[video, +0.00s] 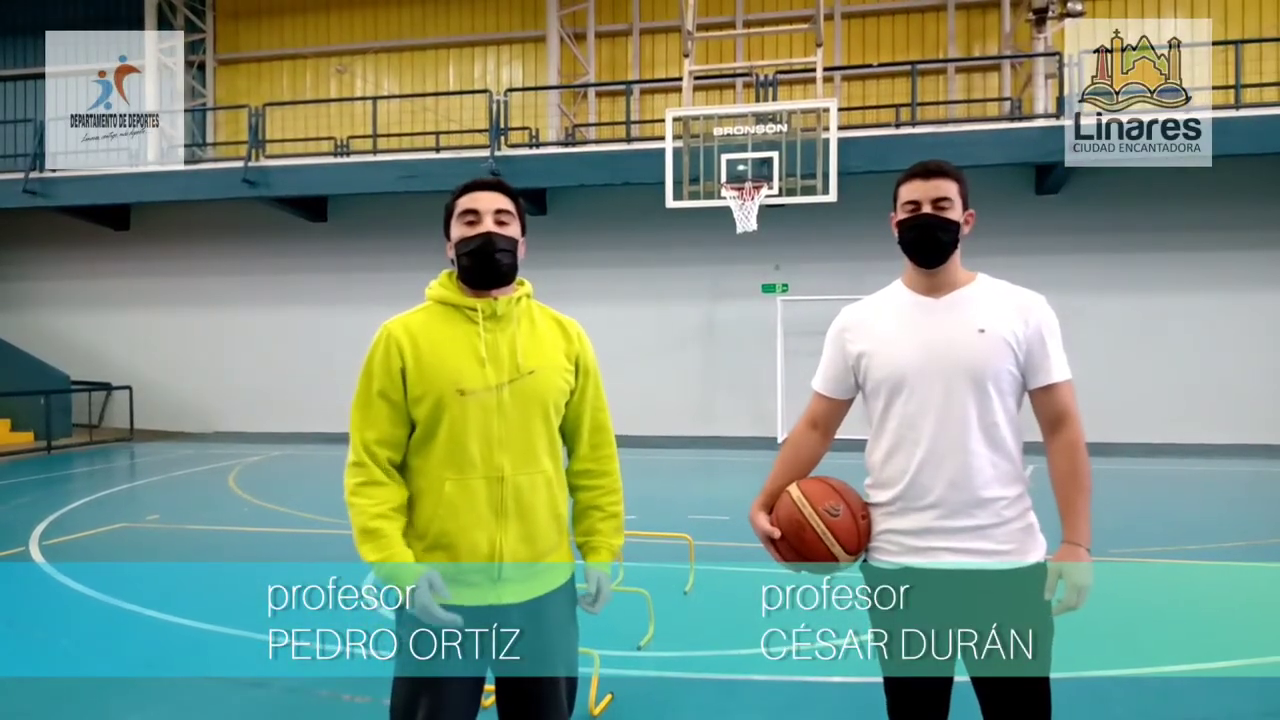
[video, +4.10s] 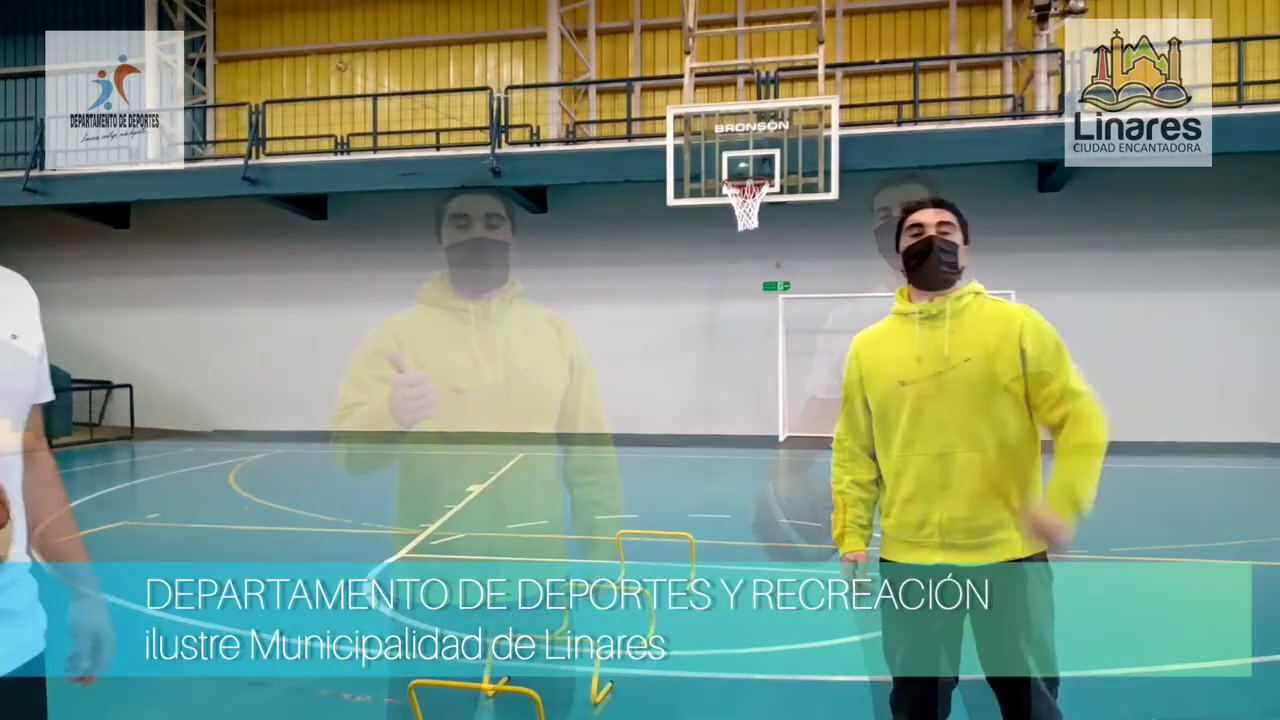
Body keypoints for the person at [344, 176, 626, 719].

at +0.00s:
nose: (487, 227)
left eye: (503, 218)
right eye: (469, 219)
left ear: (522, 242)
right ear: (449, 243)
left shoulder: (563, 337)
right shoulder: (403, 340)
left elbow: (594, 457)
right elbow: (371, 466)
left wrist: (599, 552)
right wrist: (397, 569)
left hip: (543, 590)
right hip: (439, 592)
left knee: (547, 712)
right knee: (431, 715)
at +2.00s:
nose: (493, 230)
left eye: (509, 221)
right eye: (476, 220)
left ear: (527, 245)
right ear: (454, 244)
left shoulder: (567, 340)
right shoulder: (407, 339)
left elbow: (596, 459)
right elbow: (369, 464)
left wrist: (601, 555)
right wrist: (382, 566)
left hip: (542, 592)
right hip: (438, 595)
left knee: (548, 713)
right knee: (431, 714)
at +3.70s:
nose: (471, 234)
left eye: (487, 223)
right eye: (454, 224)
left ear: (507, 243)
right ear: (434, 246)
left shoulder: (551, 335)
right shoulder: (390, 343)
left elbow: (585, 452)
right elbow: (350, 461)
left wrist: (595, 552)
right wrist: (370, 519)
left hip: (536, 588)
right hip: (434, 592)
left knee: (542, 712)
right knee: (428, 714)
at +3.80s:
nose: (472, 234)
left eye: (487, 223)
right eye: (454, 223)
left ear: (507, 242)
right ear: (435, 244)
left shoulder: (553, 335)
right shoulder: (391, 341)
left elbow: (587, 453)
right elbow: (345, 471)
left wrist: (598, 556)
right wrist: (372, 446)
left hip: (537, 587)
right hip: (434, 590)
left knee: (542, 712)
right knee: (427, 713)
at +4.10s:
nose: (477, 234)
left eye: (492, 222)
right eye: (461, 223)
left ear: (513, 238)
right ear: (441, 240)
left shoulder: (554, 336)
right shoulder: (398, 337)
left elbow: (592, 463)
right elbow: (350, 452)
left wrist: (605, 569)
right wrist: (389, 418)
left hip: (537, 572)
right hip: (432, 572)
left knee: (539, 706)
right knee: (436, 706)